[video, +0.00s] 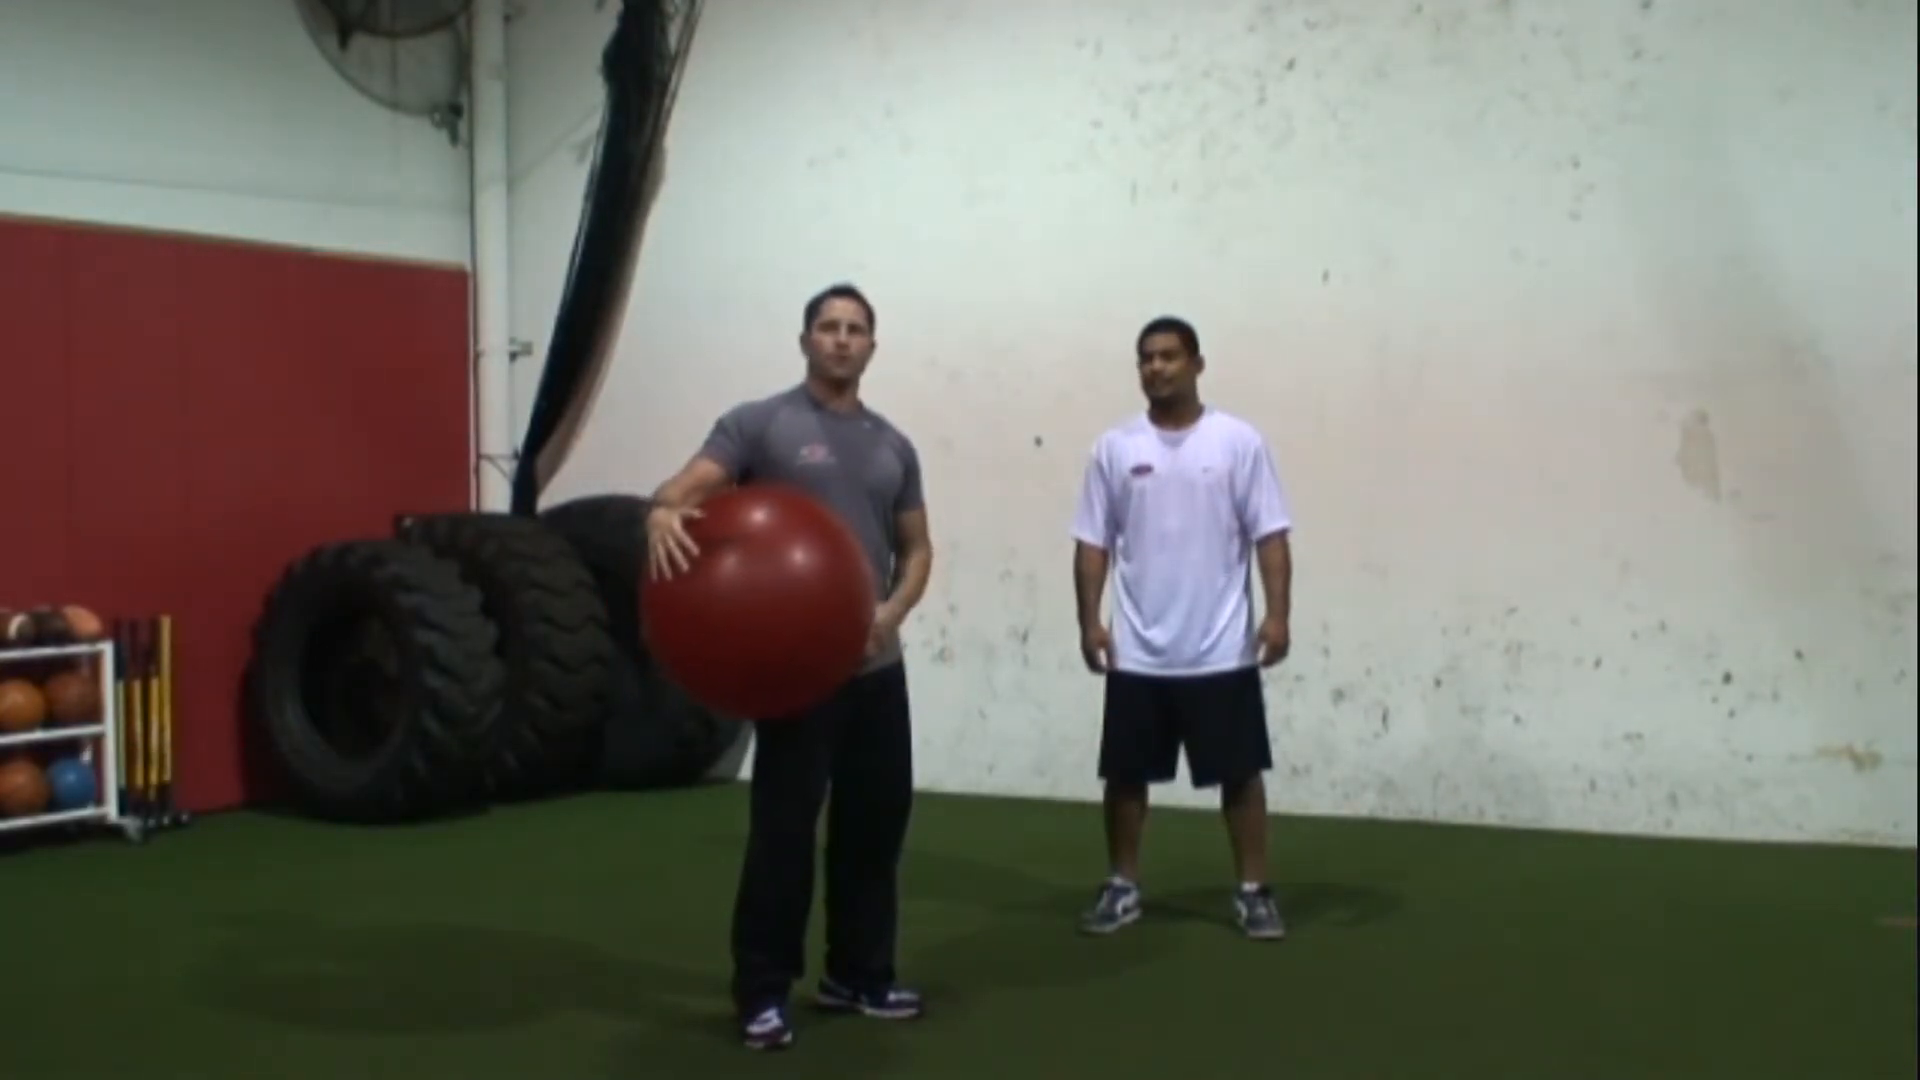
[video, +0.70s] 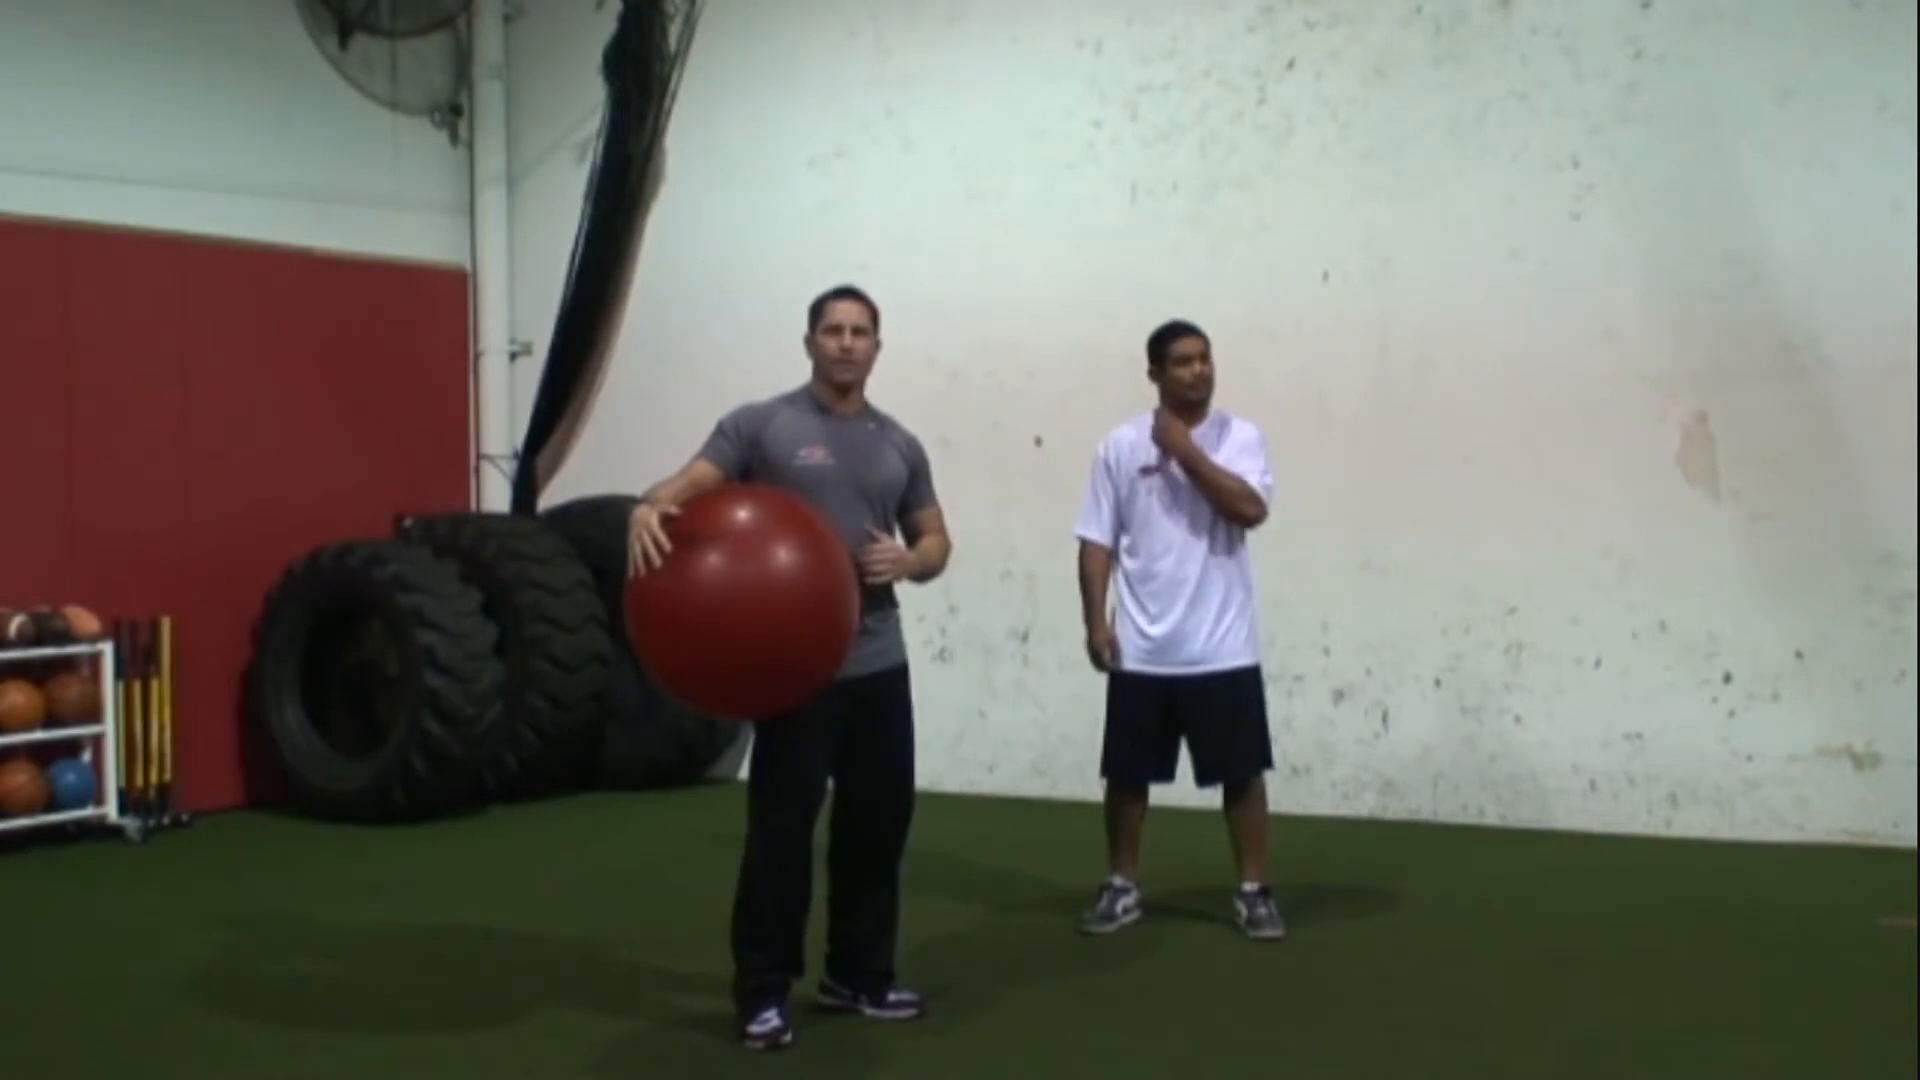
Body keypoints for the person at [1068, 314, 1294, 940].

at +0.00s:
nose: (1156, 367)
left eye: (1169, 357)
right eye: (1148, 359)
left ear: (1197, 364)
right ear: (1137, 370)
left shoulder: (1239, 442)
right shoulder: (1115, 449)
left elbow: (1270, 533)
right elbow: (1093, 540)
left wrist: (1277, 613)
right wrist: (1090, 620)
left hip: (1221, 644)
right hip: (1138, 645)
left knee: (1242, 776)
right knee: (1123, 777)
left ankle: (1253, 889)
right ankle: (1122, 884)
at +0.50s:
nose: (1178, 367)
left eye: (1187, 357)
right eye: (1164, 359)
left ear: (1204, 366)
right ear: (1145, 372)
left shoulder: (1245, 442)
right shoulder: (1119, 449)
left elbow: (1277, 524)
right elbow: (1095, 539)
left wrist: (1230, 548)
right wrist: (1094, 620)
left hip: (1222, 646)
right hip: (1141, 647)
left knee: (1242, 776)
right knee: (1125, 777)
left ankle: (1254, 888)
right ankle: (1122, 884)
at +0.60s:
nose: (1189, 369)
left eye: (1197, 359)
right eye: (1175, 361)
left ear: (1210, 367)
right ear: (1151, 373)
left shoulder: (1242, 440)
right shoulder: (1121, 448)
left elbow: (1268, 522)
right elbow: (1095, 539)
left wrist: (1197, 486)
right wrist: (1094, 620)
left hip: (1222, 644)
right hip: (1141, 645)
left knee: (1243, 777)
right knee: (1125, 777)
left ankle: (1254, 888)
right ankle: (1122, 883)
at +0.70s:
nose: (1196, 371)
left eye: (1202, 360)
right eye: (1182, 363)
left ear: (1214, 366)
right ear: (1156, 373)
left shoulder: (1238, 438)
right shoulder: (1122, 447)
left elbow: (1251, 508)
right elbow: (1096, 538)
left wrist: (1184, 449)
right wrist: (1097, 619)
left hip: (1222, 645)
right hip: (1141, 645)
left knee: (1243, 778)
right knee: (1126, 777)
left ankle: (1254, 888)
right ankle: (1122, 883)